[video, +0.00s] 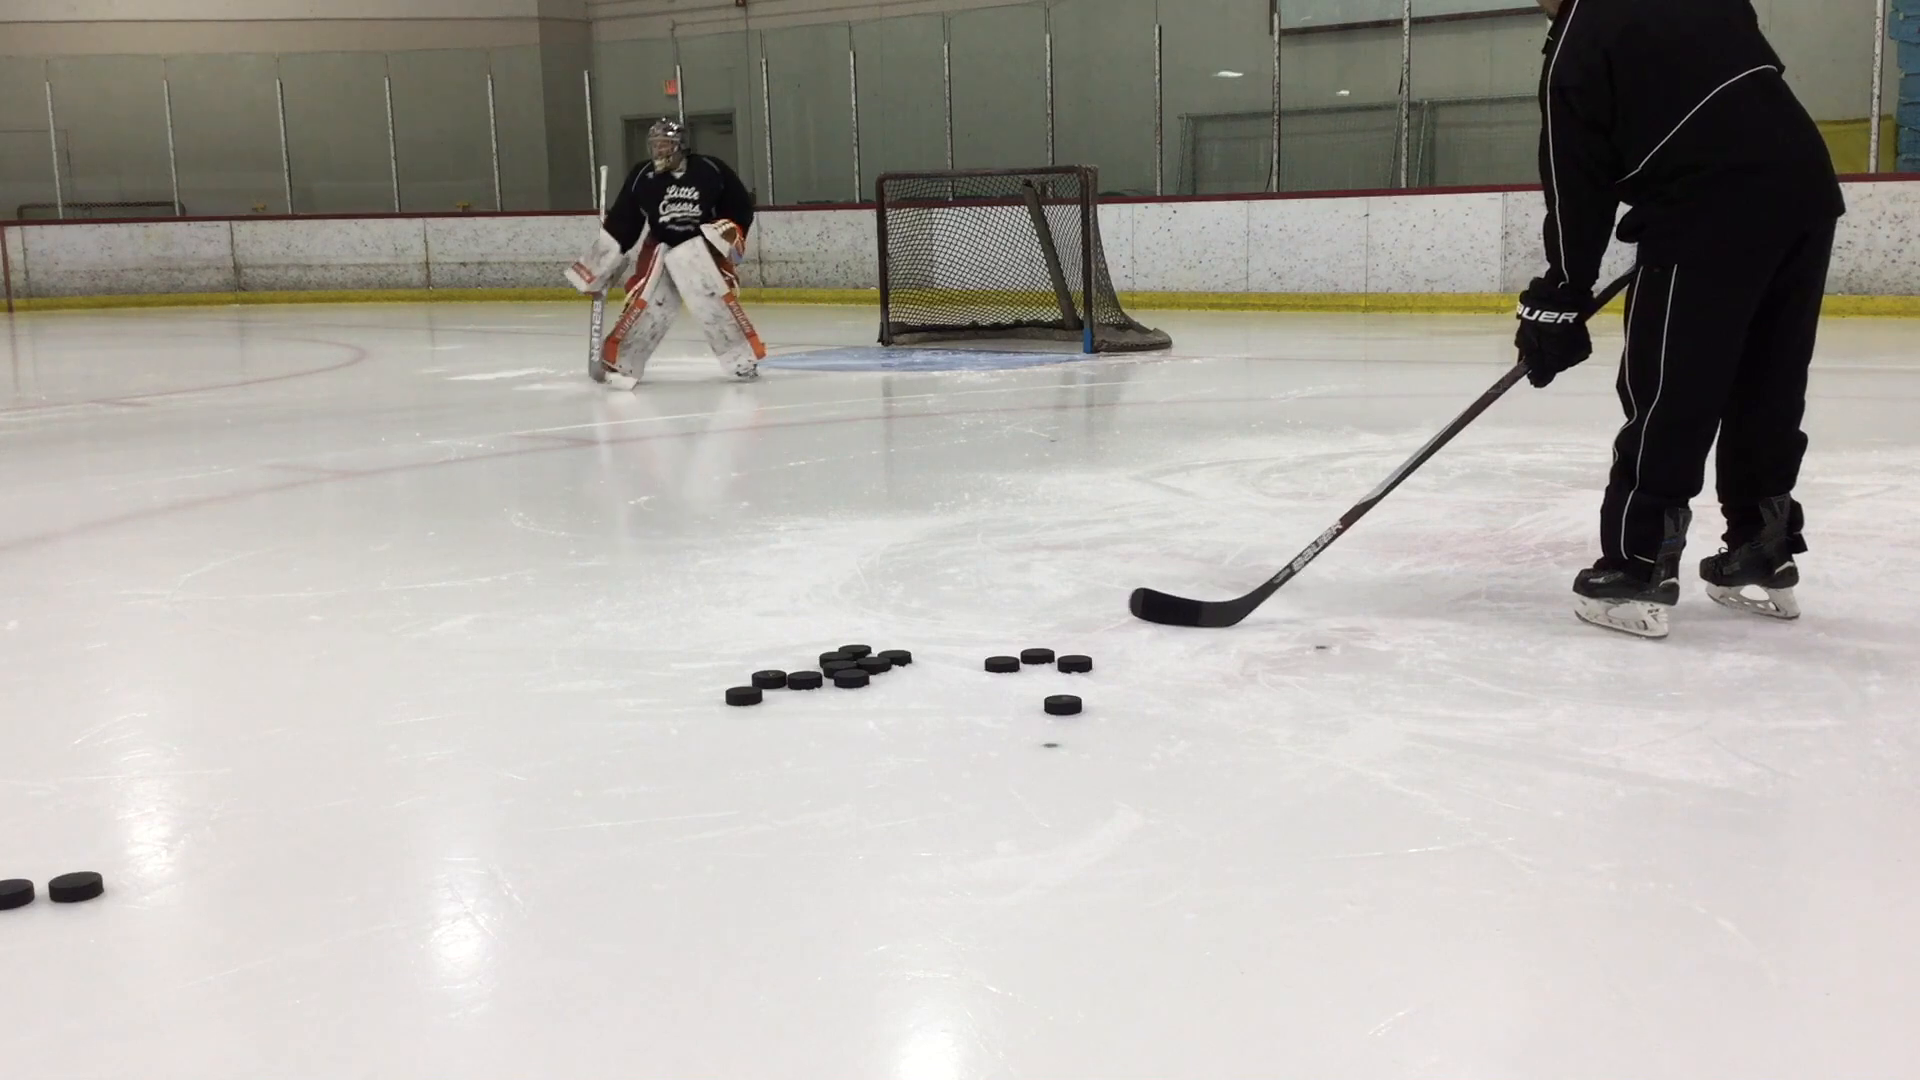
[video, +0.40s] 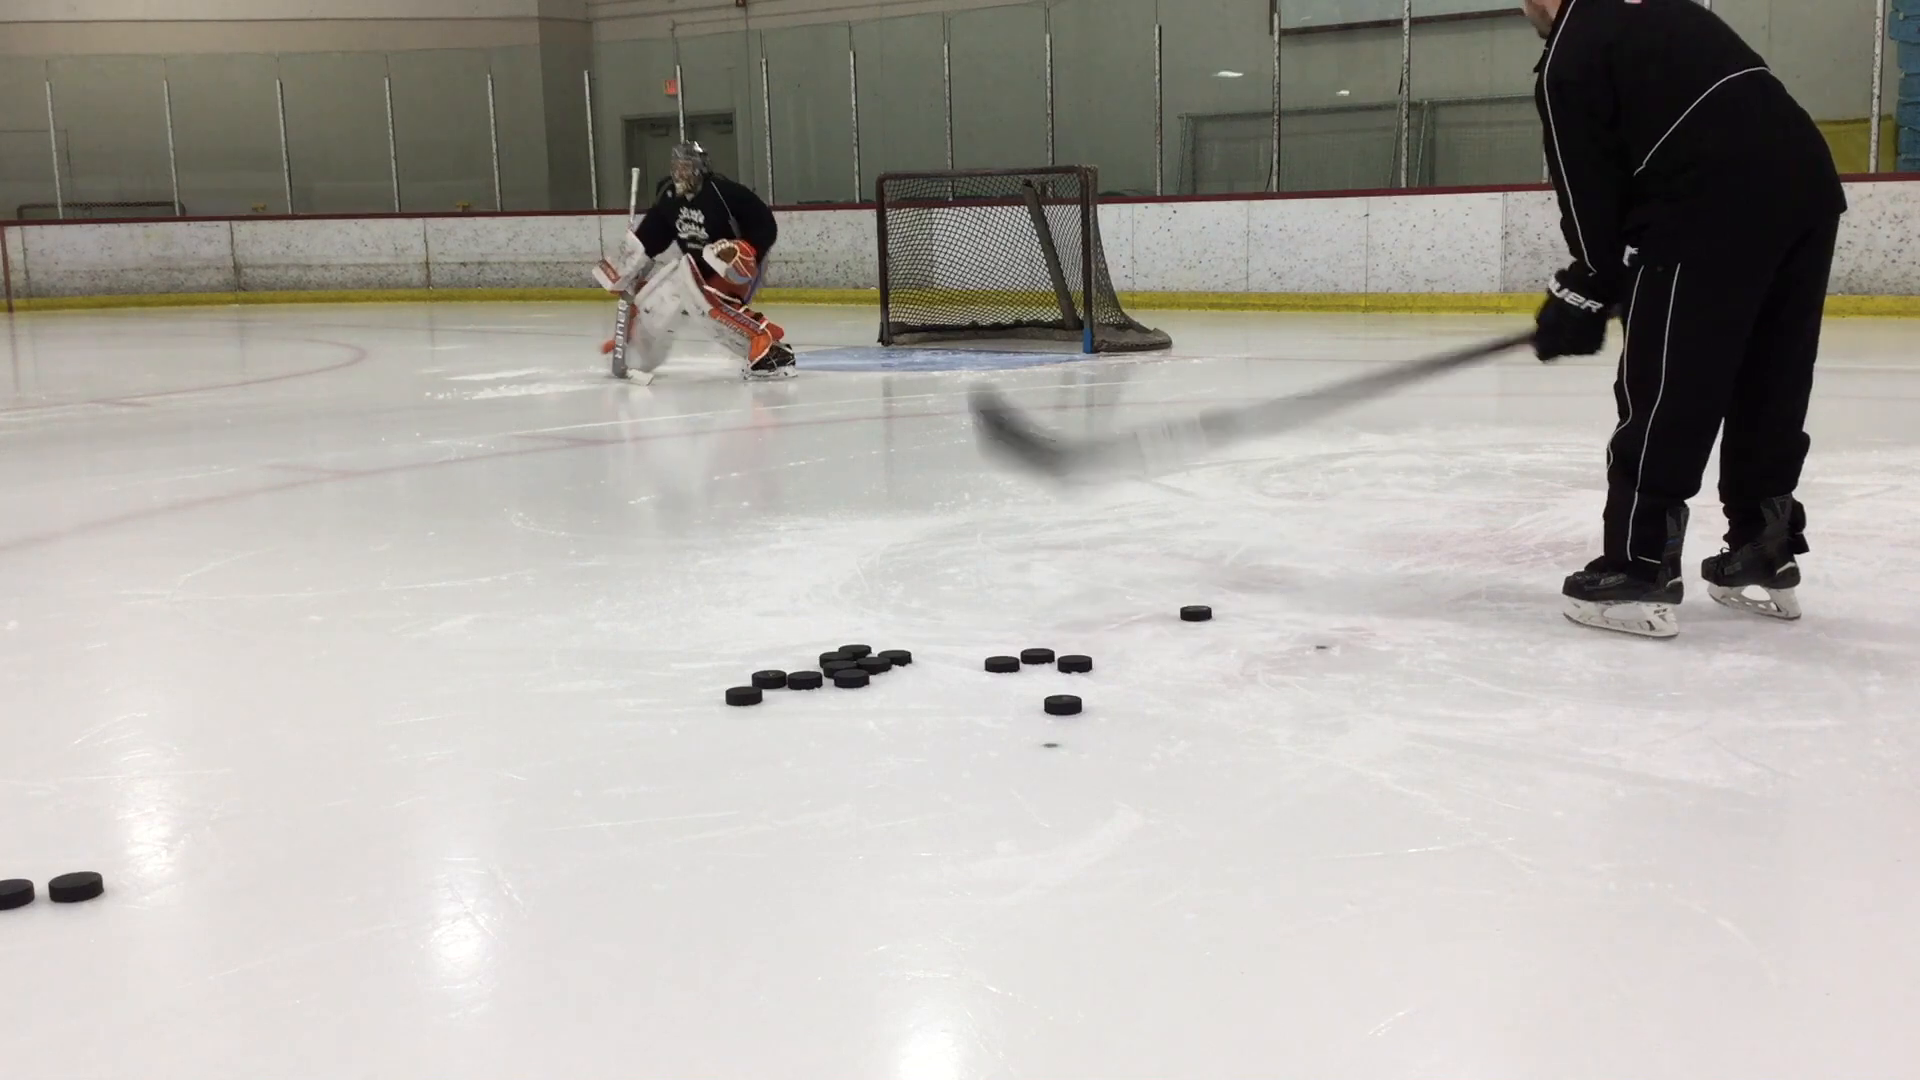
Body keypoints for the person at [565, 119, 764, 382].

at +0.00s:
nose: (659, 149)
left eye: (665, 144)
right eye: (655, 144)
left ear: (680, 145)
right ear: (650, 147)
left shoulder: (710, 170)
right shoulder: (643, 176)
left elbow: (741, 205)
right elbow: (622, 224)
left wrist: (728, 234)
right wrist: (598, 267)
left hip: (702, 250)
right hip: (661, 253)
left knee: (715, 306)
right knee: (646, 307)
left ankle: (741, 362)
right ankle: (621, 366)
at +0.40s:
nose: (680, 174)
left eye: (686, 168)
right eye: (676, 168)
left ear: (699, 169)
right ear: (672, 169)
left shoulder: (724, 191)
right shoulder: (670, 196)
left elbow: (765, 223)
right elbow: (653, 232)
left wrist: (746, 252)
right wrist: (627, 263)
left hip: (732, 266)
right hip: (692, 266)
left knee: (711, 306)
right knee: (654, 303)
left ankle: (769, 347)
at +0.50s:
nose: (694, 185)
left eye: (700, 179)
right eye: (690, 179)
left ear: (714, 181)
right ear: (684, 180)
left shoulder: (734, 202)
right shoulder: (683, 205)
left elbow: (776, 236)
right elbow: (661, 241)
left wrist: (755, 264)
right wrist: (636, 272)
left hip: (746, 269)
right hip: (704, 270)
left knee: (723, 306)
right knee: (672, 306)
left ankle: (781, 349)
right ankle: (666, 357)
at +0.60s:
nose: (712, 189)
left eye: (719, 184)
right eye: (709, 183)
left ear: (731, 185)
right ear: (703, 184)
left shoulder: (749, 207)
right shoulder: (699, 207)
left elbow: (790, 241)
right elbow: (679, 243)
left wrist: (773, 269)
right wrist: (657, 270)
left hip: (752, 282)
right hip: (715, 282)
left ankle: (808, 355)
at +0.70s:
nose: (736, 196)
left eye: (742, 190)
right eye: (732, 190)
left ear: (754, 192)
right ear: (726, 192)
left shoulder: (774, 218)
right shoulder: (720, 219)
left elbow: (810, 253)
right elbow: (696, 252)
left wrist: (789, 277)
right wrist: (675, 277)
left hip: (775, 305)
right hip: (741, 308)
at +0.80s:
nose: (753, 202)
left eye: (760, 197)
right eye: (749, 196)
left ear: (773, 199)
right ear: (744, 198)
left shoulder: (790, 226)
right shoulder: (741, 224)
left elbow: (821, 266)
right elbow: (718, 255)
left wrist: (799, 292)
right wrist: (698, 280)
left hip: (789, 313)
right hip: (751, 310)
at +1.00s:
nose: (787, 203)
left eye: (793, 197)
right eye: (782, 198)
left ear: (802, 200)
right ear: (774, 200)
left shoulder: (813, 224)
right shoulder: (766, 224)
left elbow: (839, 258)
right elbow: (739, 252)